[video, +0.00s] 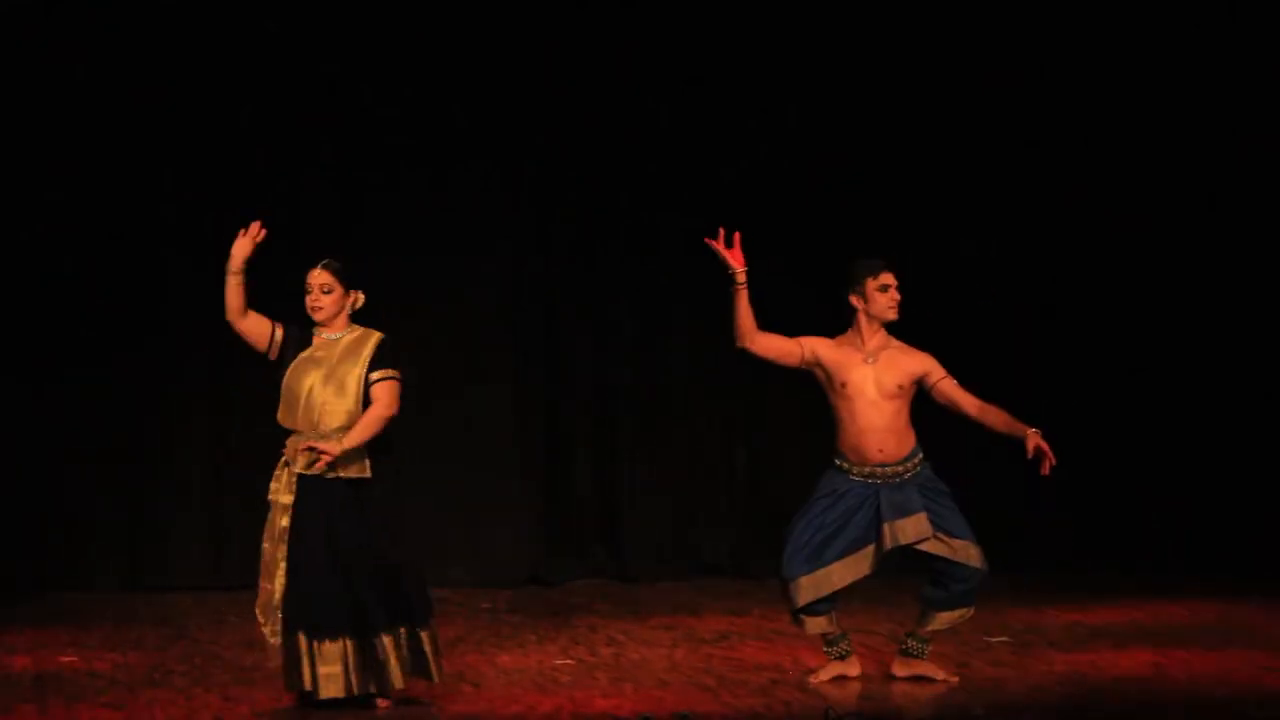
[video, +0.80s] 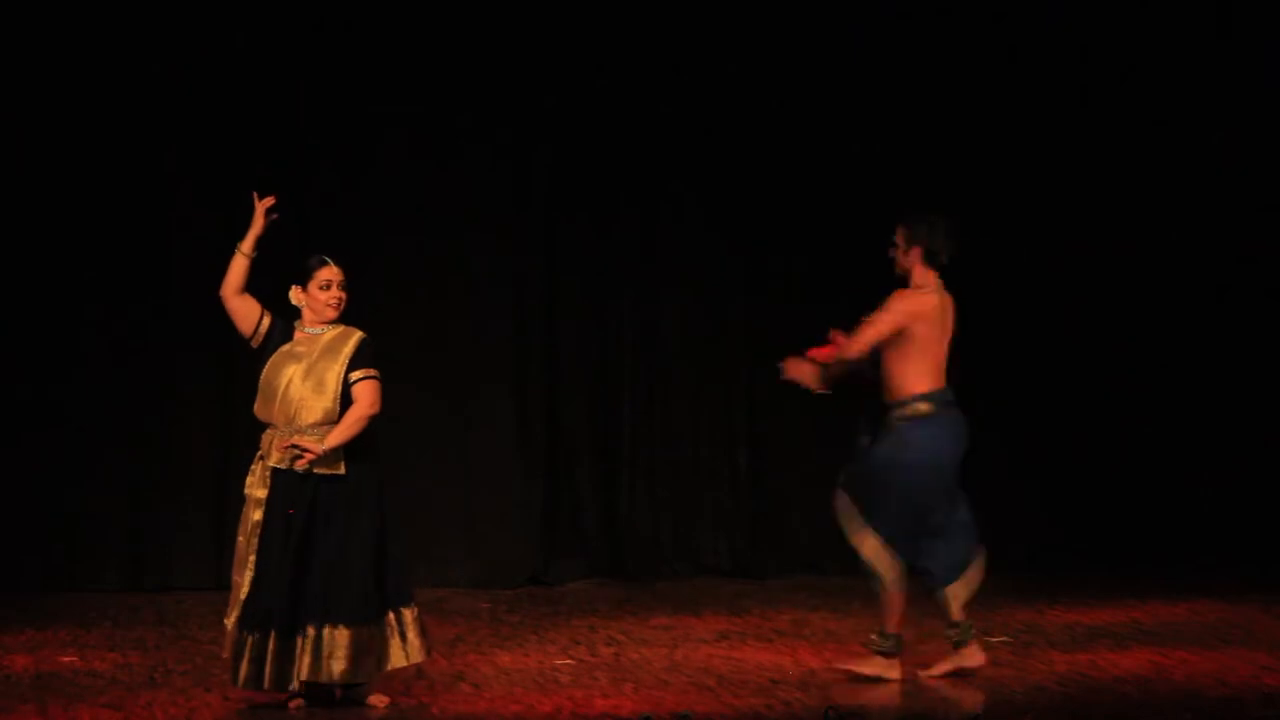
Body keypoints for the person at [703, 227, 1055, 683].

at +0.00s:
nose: (896, 296)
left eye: (896, 289)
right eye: (885, 290)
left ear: (894, 299)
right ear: (857, 300)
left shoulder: (915, 361)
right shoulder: (823, 352)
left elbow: (974, 407)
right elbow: (749, 339)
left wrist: (1024, 432)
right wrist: (739, 279)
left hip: (912, 479)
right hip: (849, 481)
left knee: (964, 564)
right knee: (800, 564)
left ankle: (913, 656)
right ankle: (841, 658)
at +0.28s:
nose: (880, 296)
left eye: (888, 287)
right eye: (870, 288)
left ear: (897, 292)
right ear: (854, 296)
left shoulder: (927, 345)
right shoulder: (839, 348)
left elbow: (997, 379)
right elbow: (765, 344)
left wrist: (1050, 417)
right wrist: (765, 283)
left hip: (921, 471)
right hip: (861, 471)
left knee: (955, 564)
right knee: (826, 557)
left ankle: (909, 657)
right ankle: (835, 656)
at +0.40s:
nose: (889, 291)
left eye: (896, 282)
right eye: (878, 284)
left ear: (906, 287)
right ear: (864, 291)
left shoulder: (933, 334)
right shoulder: (861, 341)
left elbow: (975, 373)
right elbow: (830, 346)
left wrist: (1019, 415)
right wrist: (806, 298)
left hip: (927, 462)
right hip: (878, 461)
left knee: (948, 558)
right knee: (867, 564)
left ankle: (908, 658)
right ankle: (828, 645)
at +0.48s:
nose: (897, 285)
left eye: (905, 277)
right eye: (887, 277)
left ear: (914, 282)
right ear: (873, 284)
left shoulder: (923, 326)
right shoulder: (873, 331)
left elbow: (914, 397)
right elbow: (884, 351)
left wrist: (951, 416)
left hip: (925, 453)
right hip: (884, 450)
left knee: (950, 547)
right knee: (895, 559)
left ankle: (908, 657)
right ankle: (829, 622)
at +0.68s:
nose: (954, 260)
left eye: (952, 251)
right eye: (949, 252)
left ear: (910, 256)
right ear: (934, 257)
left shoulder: (869, 300)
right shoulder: (958, 308)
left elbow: (803, 350)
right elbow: (982, 347)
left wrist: (791, 385)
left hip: (871, 416)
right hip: (923, 424)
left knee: (880, 531)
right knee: (951, 530)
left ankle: (895, 649)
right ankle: (942, 650)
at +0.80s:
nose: (895, 255)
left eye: (900, 248)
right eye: (897, 247)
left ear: (918, 253)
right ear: (929, 254)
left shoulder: (909, 301)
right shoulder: (939, 299)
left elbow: (857, 348)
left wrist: (816, 370)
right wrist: (848, 344)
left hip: (912, 429)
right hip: (939, 423)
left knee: (871, 520)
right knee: (934, 528)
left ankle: (887, 652)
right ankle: (966, 643)